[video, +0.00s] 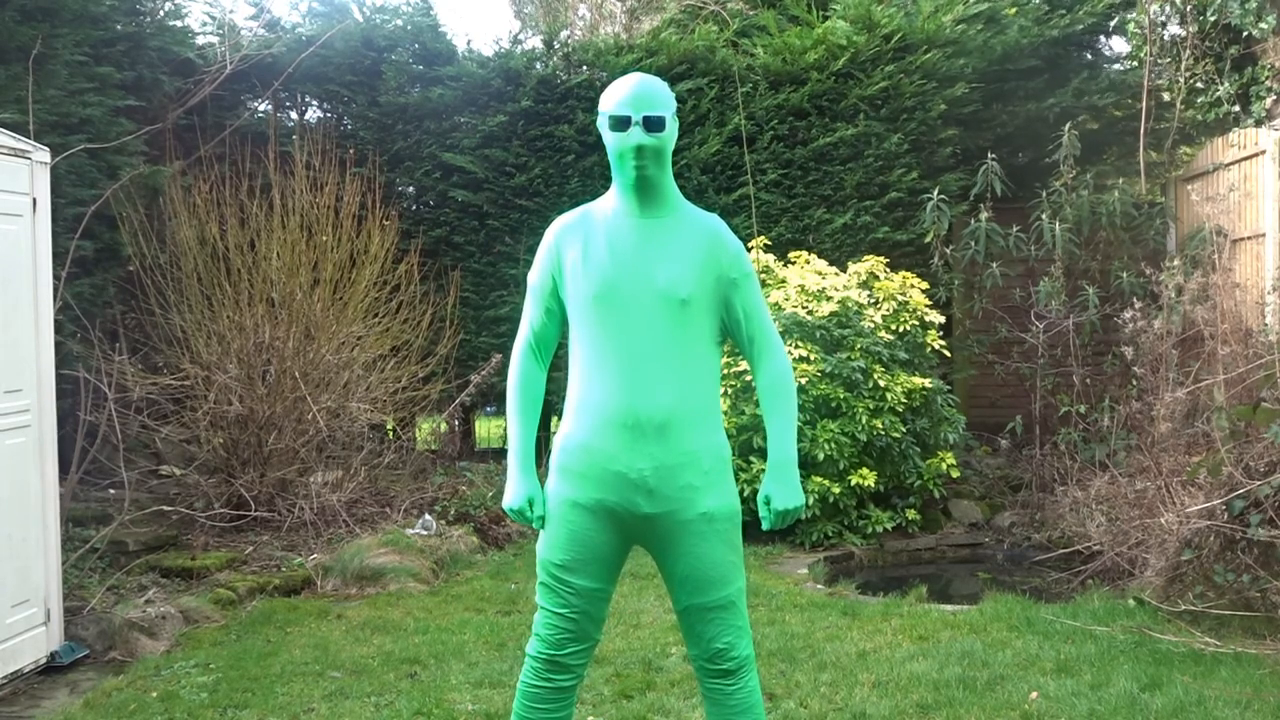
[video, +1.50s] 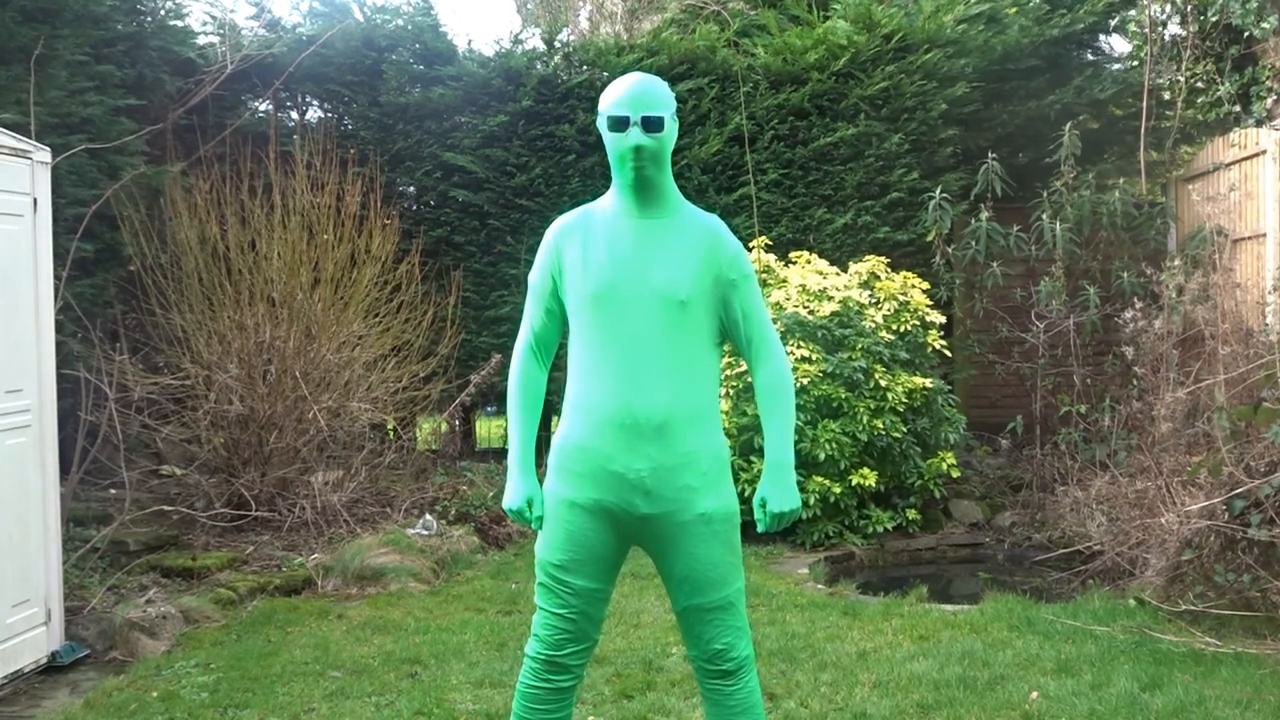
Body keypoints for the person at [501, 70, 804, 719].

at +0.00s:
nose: (639, 137)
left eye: (654, 122)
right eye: (623, 124)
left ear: (674, 132)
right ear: (603, 135)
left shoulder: (713, 239)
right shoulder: (567, 237)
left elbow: (767, 352)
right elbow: (531, 352)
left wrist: (783, 464)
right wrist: (518, 467)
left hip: (696, 487)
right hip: (585, 485)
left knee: (727, 667)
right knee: (552, 664)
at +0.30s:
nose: (638, 137)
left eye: (653, 123)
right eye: (623, 124)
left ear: (674, 132)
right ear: (602, 135)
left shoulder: (713, 239)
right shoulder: (566, 236)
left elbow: (767, 353)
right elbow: (530, 353)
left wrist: (784, 464)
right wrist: (518, 467)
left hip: (695, 488)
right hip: (583, 486)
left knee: (727, 667)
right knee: (551, 665)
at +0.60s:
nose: (637, 137)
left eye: (652, 123)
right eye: (622, 124)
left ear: (674, 133)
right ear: (602, 135)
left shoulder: (712, 239)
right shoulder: (566, 236)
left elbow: (766, 354)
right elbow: (529, 353)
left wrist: (780, 466)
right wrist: (518, 467)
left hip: (695, 489)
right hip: (583, 486)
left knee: (726, 666)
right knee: (552, 663)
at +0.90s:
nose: (638, 138)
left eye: (653, 124)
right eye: (622, 124)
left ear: (675, 133)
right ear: (602, 135)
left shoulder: (713, 240)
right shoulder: (567, 237)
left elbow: (767, 355)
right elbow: (531, 354)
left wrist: (780, 466)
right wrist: (519, 470)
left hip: (694, 488)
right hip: (582, 486)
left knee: (726, 666)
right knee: (551, 664)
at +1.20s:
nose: (637, 137)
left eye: (652, 123)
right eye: (621, 124)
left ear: (674, 132)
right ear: (602, 135)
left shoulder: (712, 240)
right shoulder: (567, 237)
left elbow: (766, 355)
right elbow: (532, 354)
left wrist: (780, 466)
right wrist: (520, 469)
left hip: (694, 488)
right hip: (582, 486)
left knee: (726, 666)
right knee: (551, 664)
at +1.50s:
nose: (637, 137)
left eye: (652, 123)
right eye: (621, 124)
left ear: (673, 132)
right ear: (602, 135)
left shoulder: (712, 240)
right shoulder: (567, 237)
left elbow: (766, 355)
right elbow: (532, 354)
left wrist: (780, 466)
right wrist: (520, 468)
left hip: (694, 487)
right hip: (582, 485)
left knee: (726, 666)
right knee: (551, 663)